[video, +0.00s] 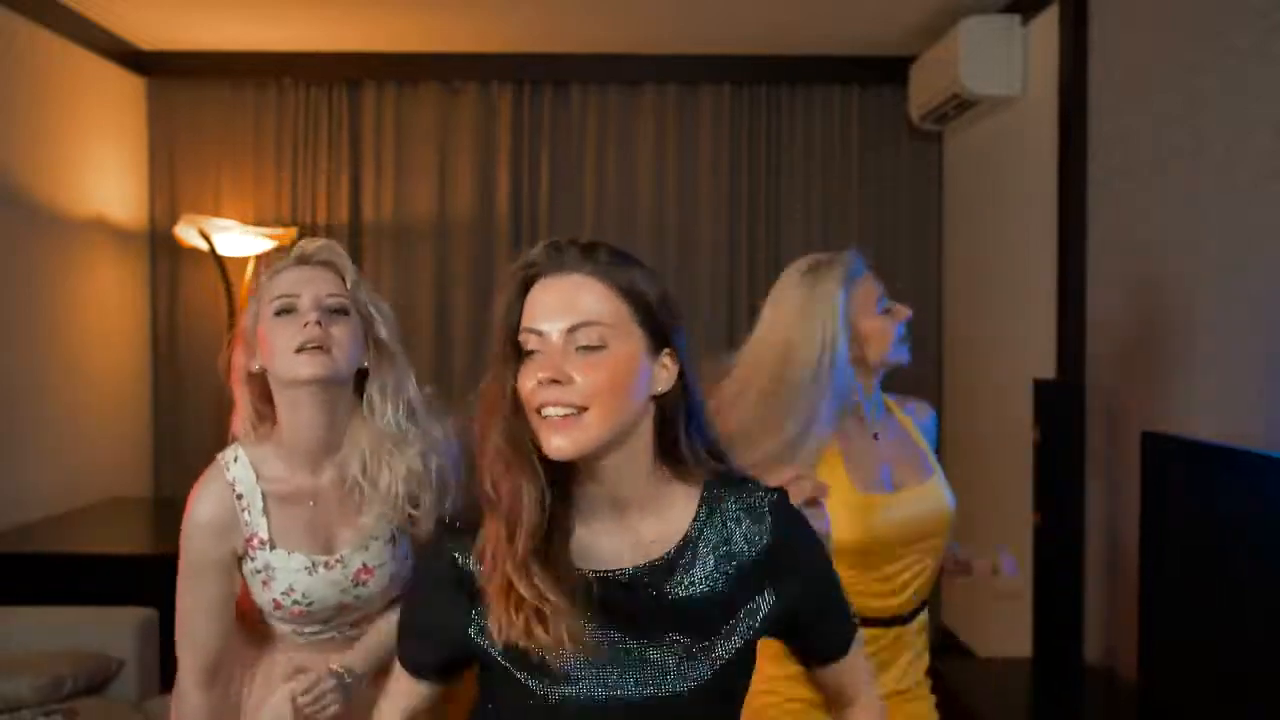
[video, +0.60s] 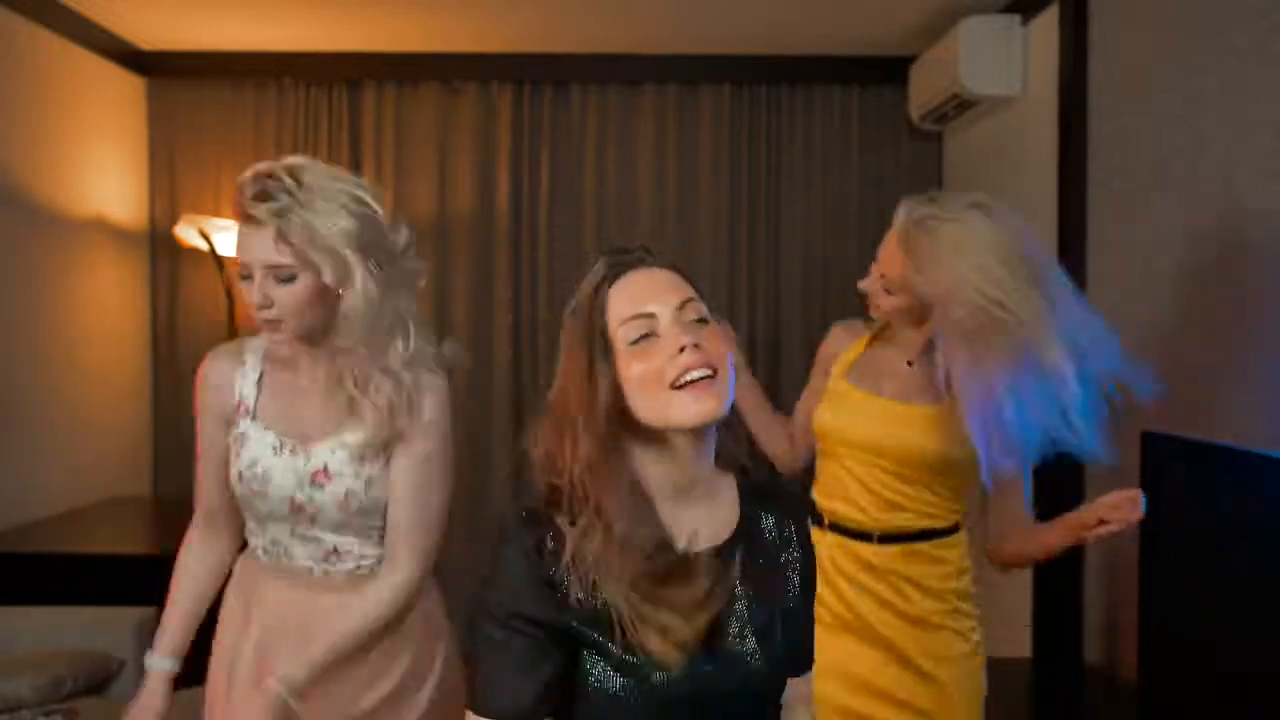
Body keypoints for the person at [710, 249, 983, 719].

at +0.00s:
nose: (905, 313)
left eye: (892, 302)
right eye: (883, 308)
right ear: (835, 333)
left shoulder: (915, 419)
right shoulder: (784, 440)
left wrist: (946, 560)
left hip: (902, 681)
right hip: (798, 686)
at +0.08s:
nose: (916, 285)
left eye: (904, 272)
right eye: (891, 283)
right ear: (839, 310)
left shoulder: (927, 388)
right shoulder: (795, 408)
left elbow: (920, 518)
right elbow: (772, 570)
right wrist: (817, 545)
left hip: (917, 656)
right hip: (825, 664)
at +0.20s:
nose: (922, 273)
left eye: (924, 251)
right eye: (892, 267)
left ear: (936, 248)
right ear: (847, 285)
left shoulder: (962, 373)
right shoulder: (812, 369)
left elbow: (952, 501)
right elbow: (767, 507)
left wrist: (1041, 483)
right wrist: (799, 533)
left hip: (939, 625)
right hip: (839, 629)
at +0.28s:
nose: (917, 298)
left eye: (931, 274)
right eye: (893, 282)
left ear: (958, 278)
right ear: (866, 293)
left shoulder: (985, 407)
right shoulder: (822, 392)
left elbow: (972, 542)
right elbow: (775, 522)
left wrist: (1067, 496)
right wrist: (809, 555)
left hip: (949, 663)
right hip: (845, 661)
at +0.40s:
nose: (904, 329)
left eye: (931, 319)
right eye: (908, 314)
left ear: (984, 348)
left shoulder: (1005, 468)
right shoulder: (834, 431)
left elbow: (1016, 616)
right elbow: (779, 561)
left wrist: (1102, 559)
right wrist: (795, 683)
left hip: (956, 695)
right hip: (848, 692)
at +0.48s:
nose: (896, 309)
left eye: (923, 308)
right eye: (908, 295)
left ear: (973, 341)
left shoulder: (1006, 453)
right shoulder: (839, 403)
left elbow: (1011, 597)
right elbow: (792, 531)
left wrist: (1099, 558)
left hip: (951, 674)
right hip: (844, 663)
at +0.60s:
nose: (864, 287)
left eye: (886, 287)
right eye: (872, 272)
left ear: (939, 302)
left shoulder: (979, 374)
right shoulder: (843, 345)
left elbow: (1005, 543)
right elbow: (789, 453)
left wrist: (1083, 521)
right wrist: (731, 363)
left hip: (933, 612)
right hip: (839, 605)